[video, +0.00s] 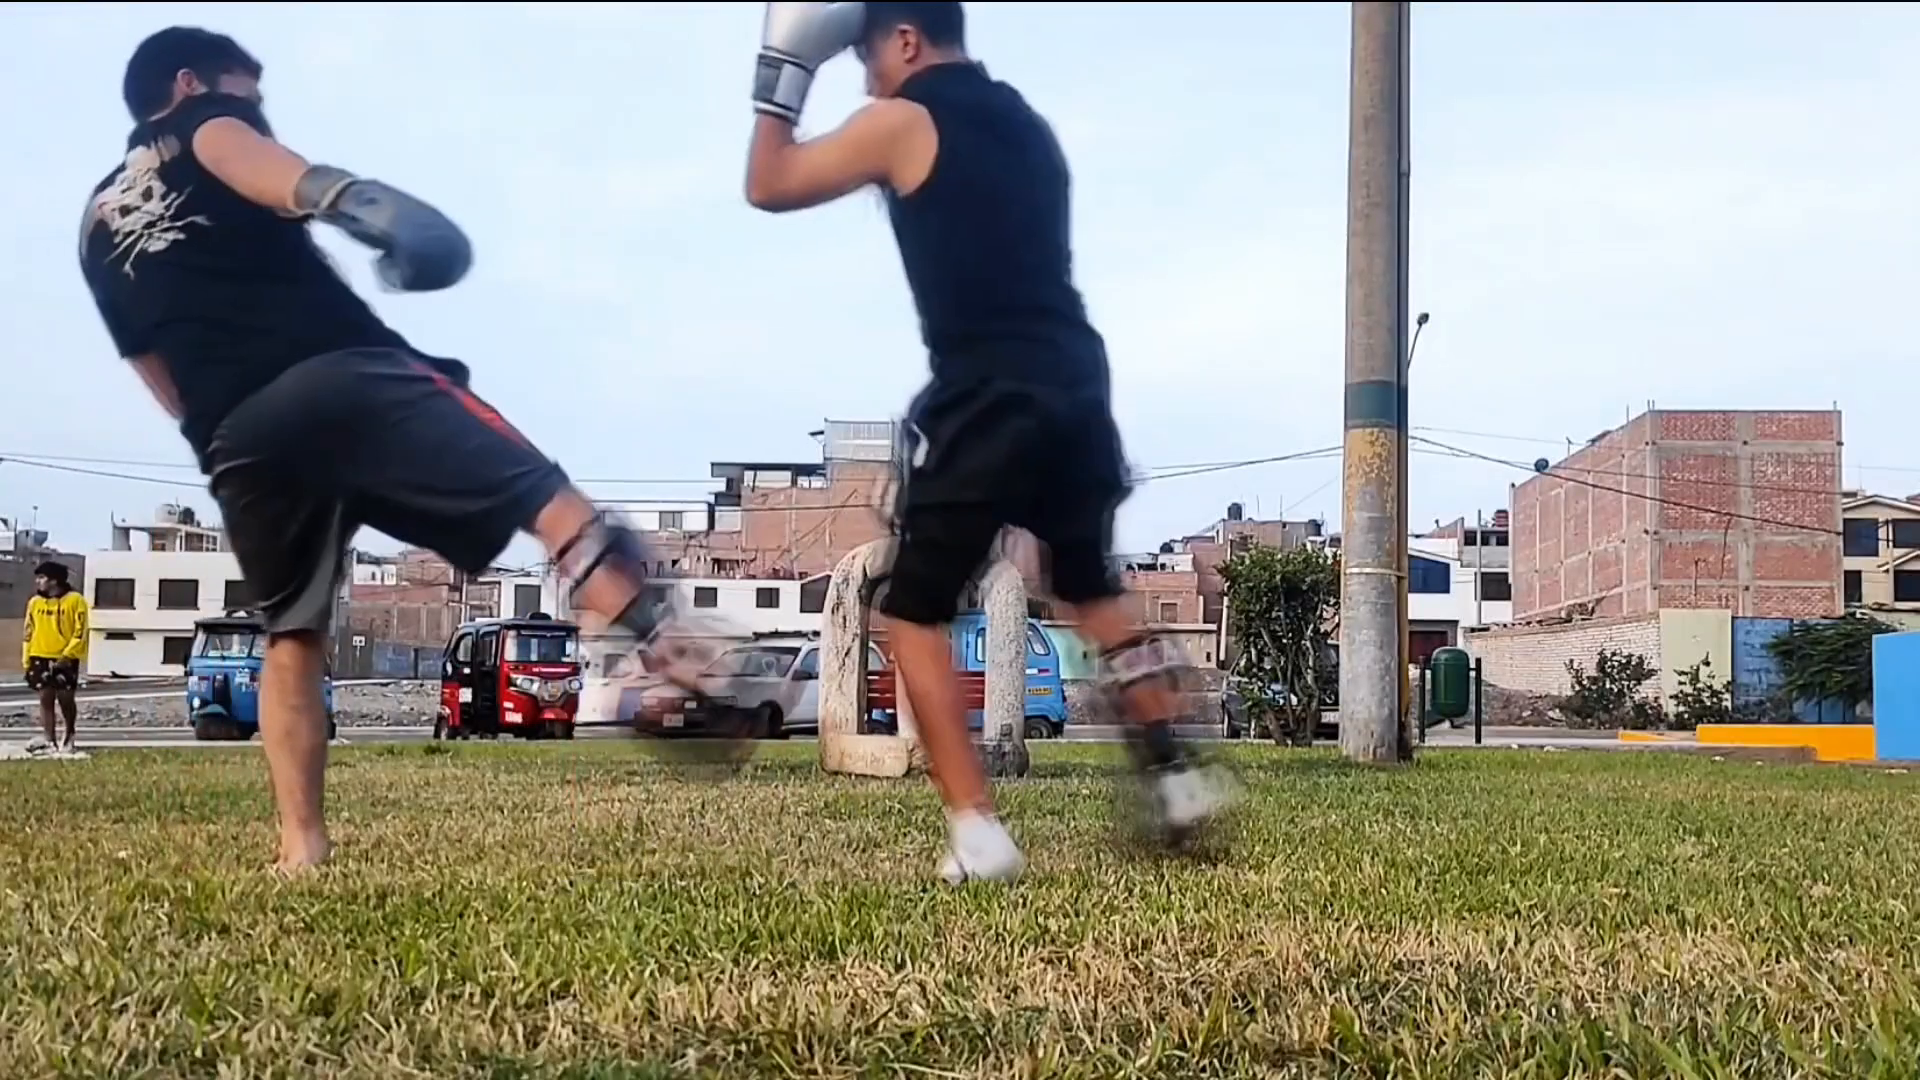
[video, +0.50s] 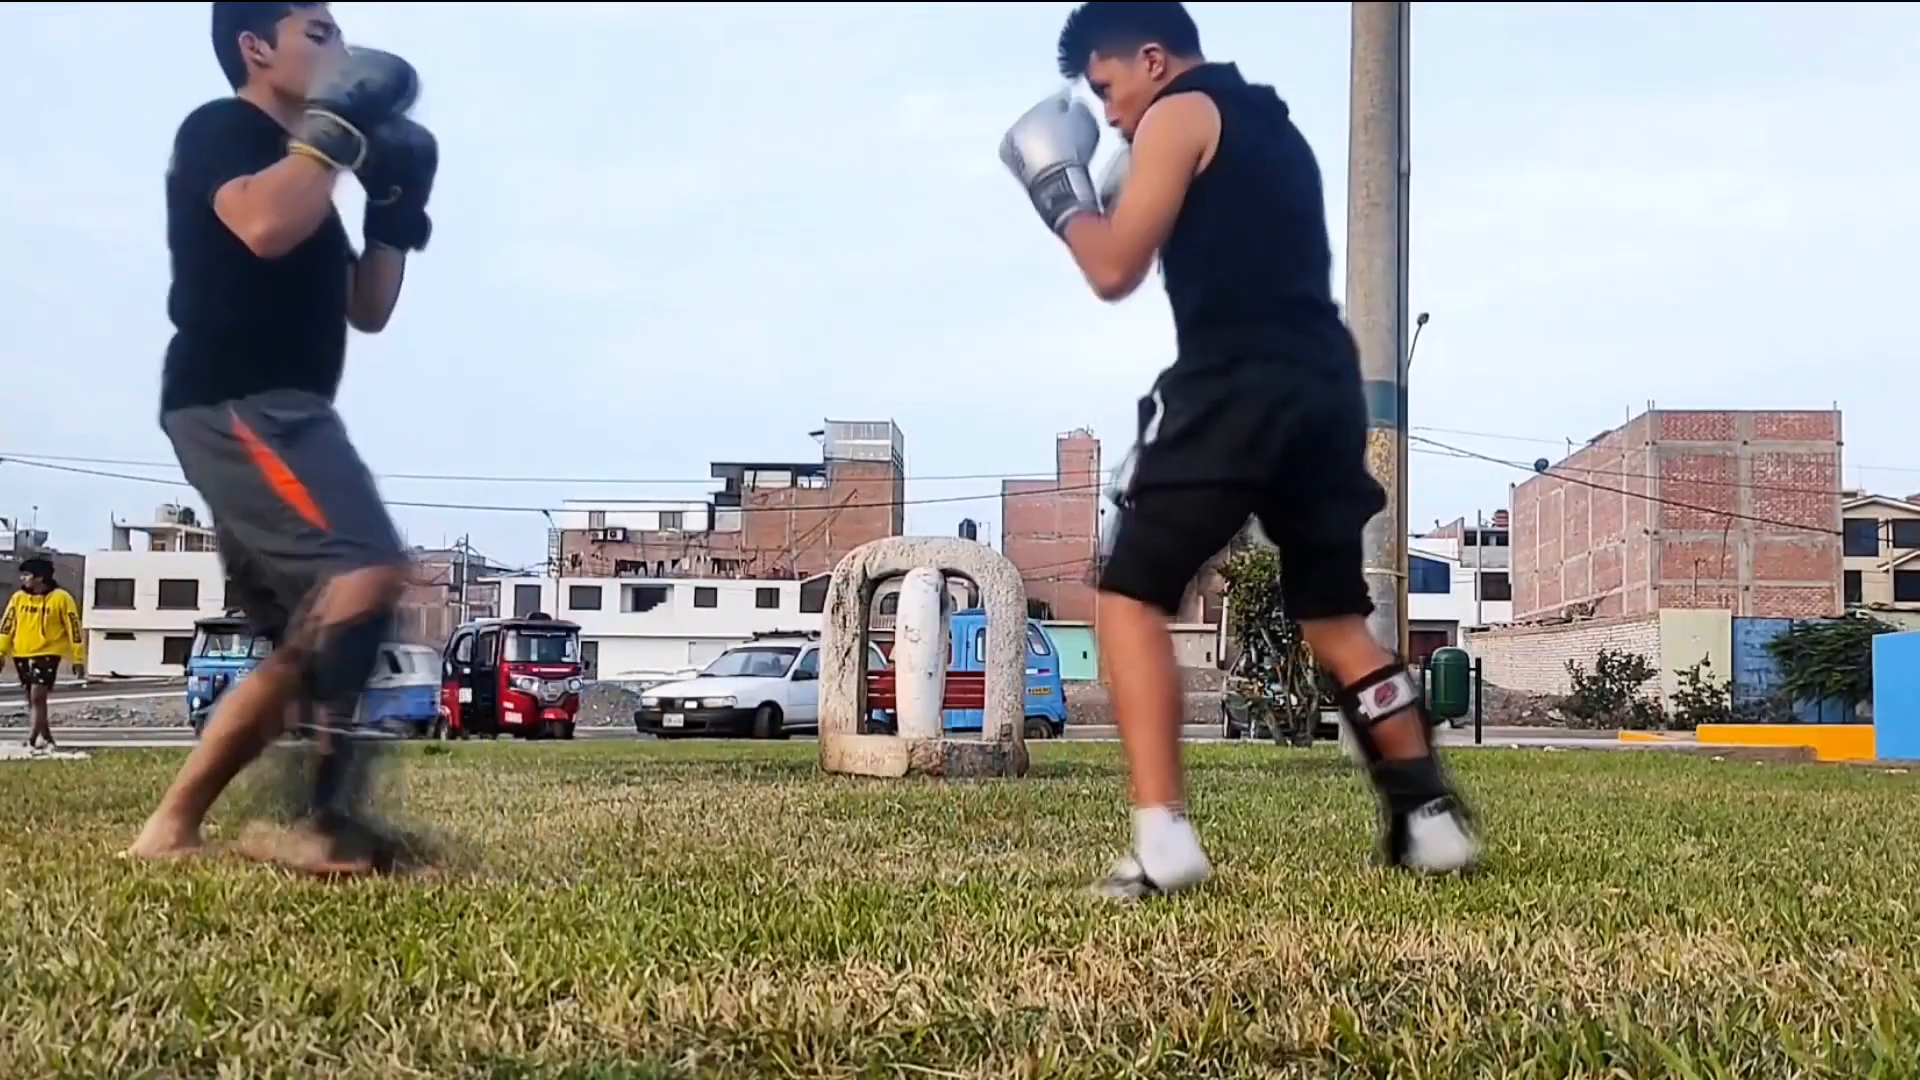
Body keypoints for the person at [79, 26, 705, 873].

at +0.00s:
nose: (258, 113)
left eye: (257, 100)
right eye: (247, 96)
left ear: (153, 101)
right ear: (187, 83)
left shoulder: (96, 225)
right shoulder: (204, 124)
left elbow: (169, 390)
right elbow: (250, 166)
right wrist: (352, 197)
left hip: (236, 437)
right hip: (334, 368)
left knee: (291, 639)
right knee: (543, 498)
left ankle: (301, 850)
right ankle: (671, 643)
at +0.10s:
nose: (300, 80)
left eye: (297, 66)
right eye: (287, 61)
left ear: (204, 73)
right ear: (229, 58)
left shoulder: (146, 199)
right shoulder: (244, 110)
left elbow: (194, 344)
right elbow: (280, 157)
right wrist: (436, 194)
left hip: (253, 423)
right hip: (349, 377)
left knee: (302, 633)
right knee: (534, 547)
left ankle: (299, 849)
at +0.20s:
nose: (346, 78)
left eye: (338, 59)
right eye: (329, 58)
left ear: (250, 81)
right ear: (273, 64)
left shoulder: (205, 193)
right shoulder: (292, 121)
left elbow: (310, 290)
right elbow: (329, 203)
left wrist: (411, 219)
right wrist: (483, 202)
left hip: (267, 442)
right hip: (355, 419)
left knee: (345, 626)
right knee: (499, 609)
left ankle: (256, 817)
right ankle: (468, 844)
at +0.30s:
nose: (371, 84)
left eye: (362, 66)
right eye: (351, 64)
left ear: (279, 79)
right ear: (292, 71)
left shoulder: (230, 185)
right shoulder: (308, 142)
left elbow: (317, 291)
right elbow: (343, 236)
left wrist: (400, 221)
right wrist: (465, 195)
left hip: (267, 447)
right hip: (345, 435)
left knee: (353, 631)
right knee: (480, 615)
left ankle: (212, 791)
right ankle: (470, 844)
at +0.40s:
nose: (361, 67)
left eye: (355, 51)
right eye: (341, 47)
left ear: (283, 59)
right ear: (278, 56)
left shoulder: (293, 161)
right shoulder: (259, 131)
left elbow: (346, 322)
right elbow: (299, 245)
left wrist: (397, 244)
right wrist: (398, 180)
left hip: (270, 424)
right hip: (298, 416)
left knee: (340, 648)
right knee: (405, 610)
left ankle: (174, 824)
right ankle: (455, 843)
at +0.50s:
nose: (339, 53)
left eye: (337, 37)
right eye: (317, 34)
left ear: (279, 54)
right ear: (255, 50)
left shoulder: (308, 160)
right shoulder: (219, 127)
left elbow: (369, 307)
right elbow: (265, 223)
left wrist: (395, 203)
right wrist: (338, 117)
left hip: (284, 403)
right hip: (239, 400)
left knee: (308, 642)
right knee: (363, 569)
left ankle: (170, 828)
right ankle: (325, 820)